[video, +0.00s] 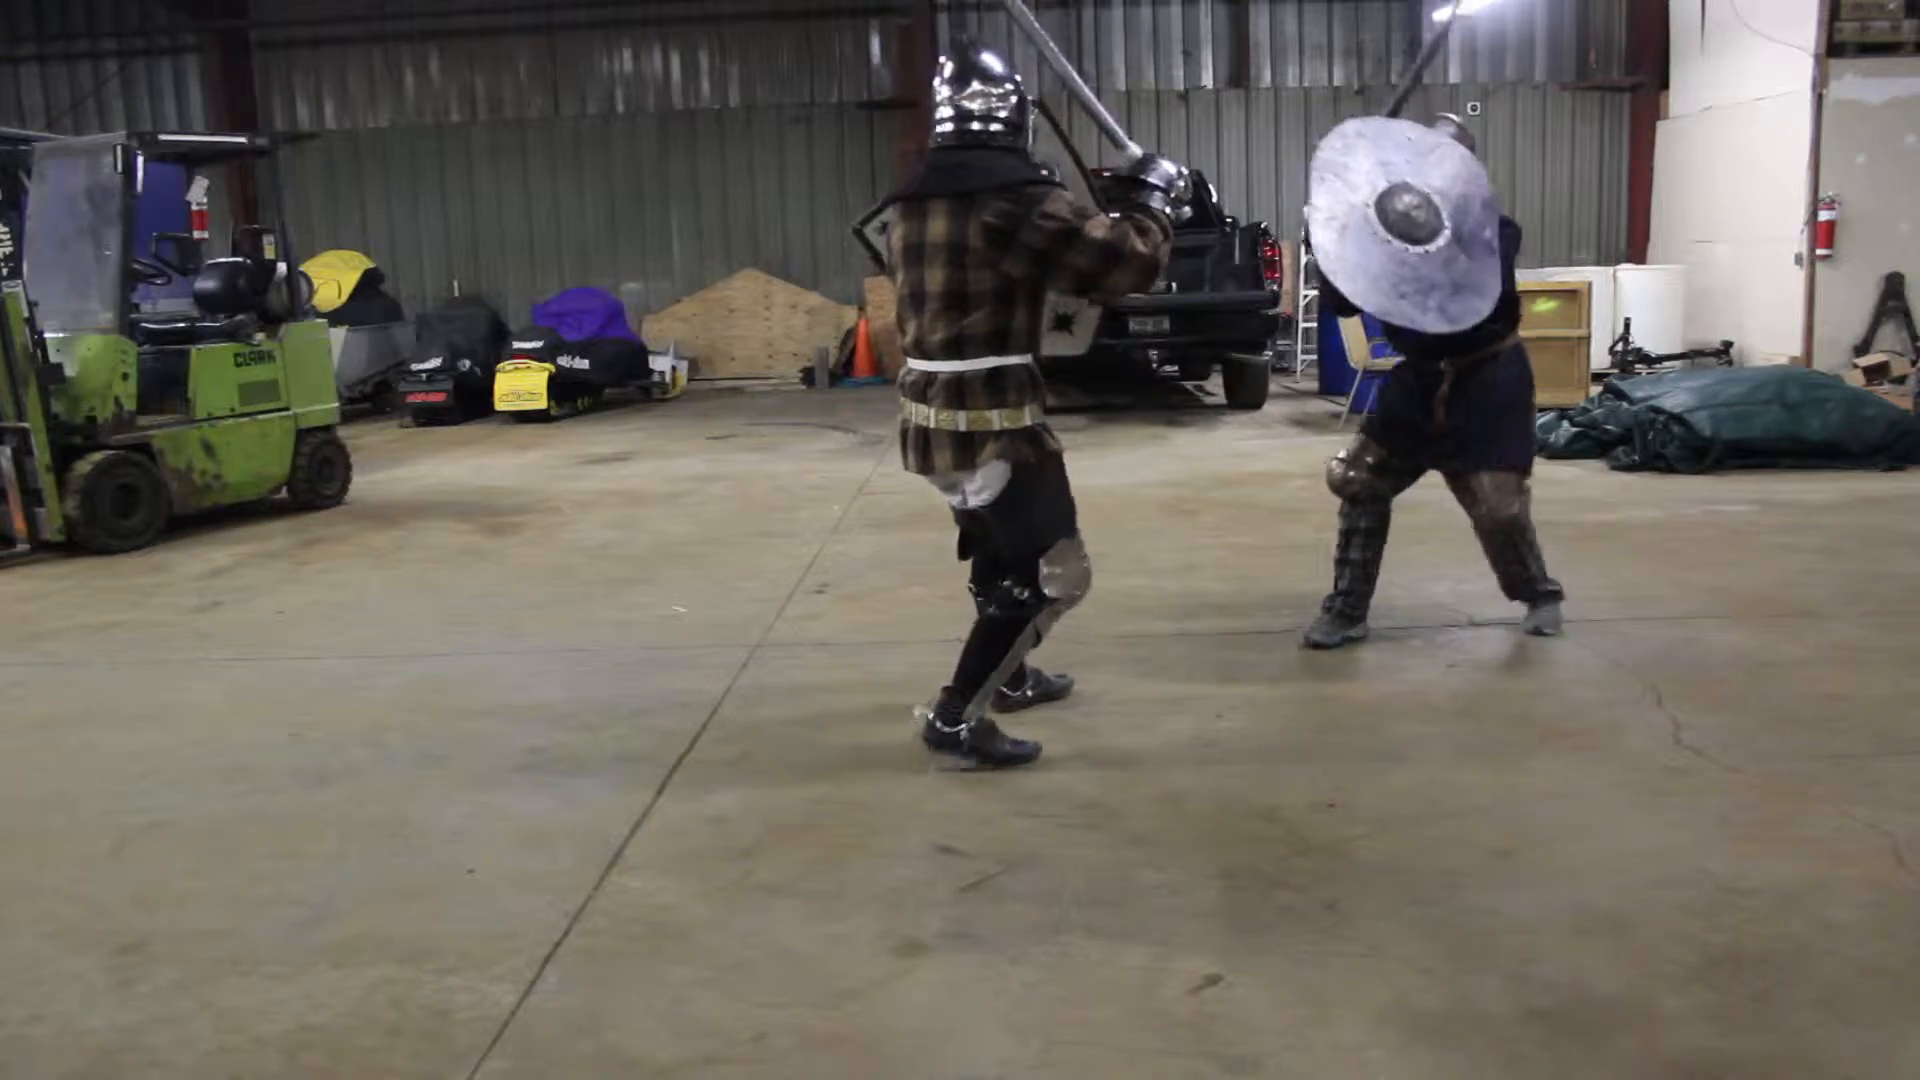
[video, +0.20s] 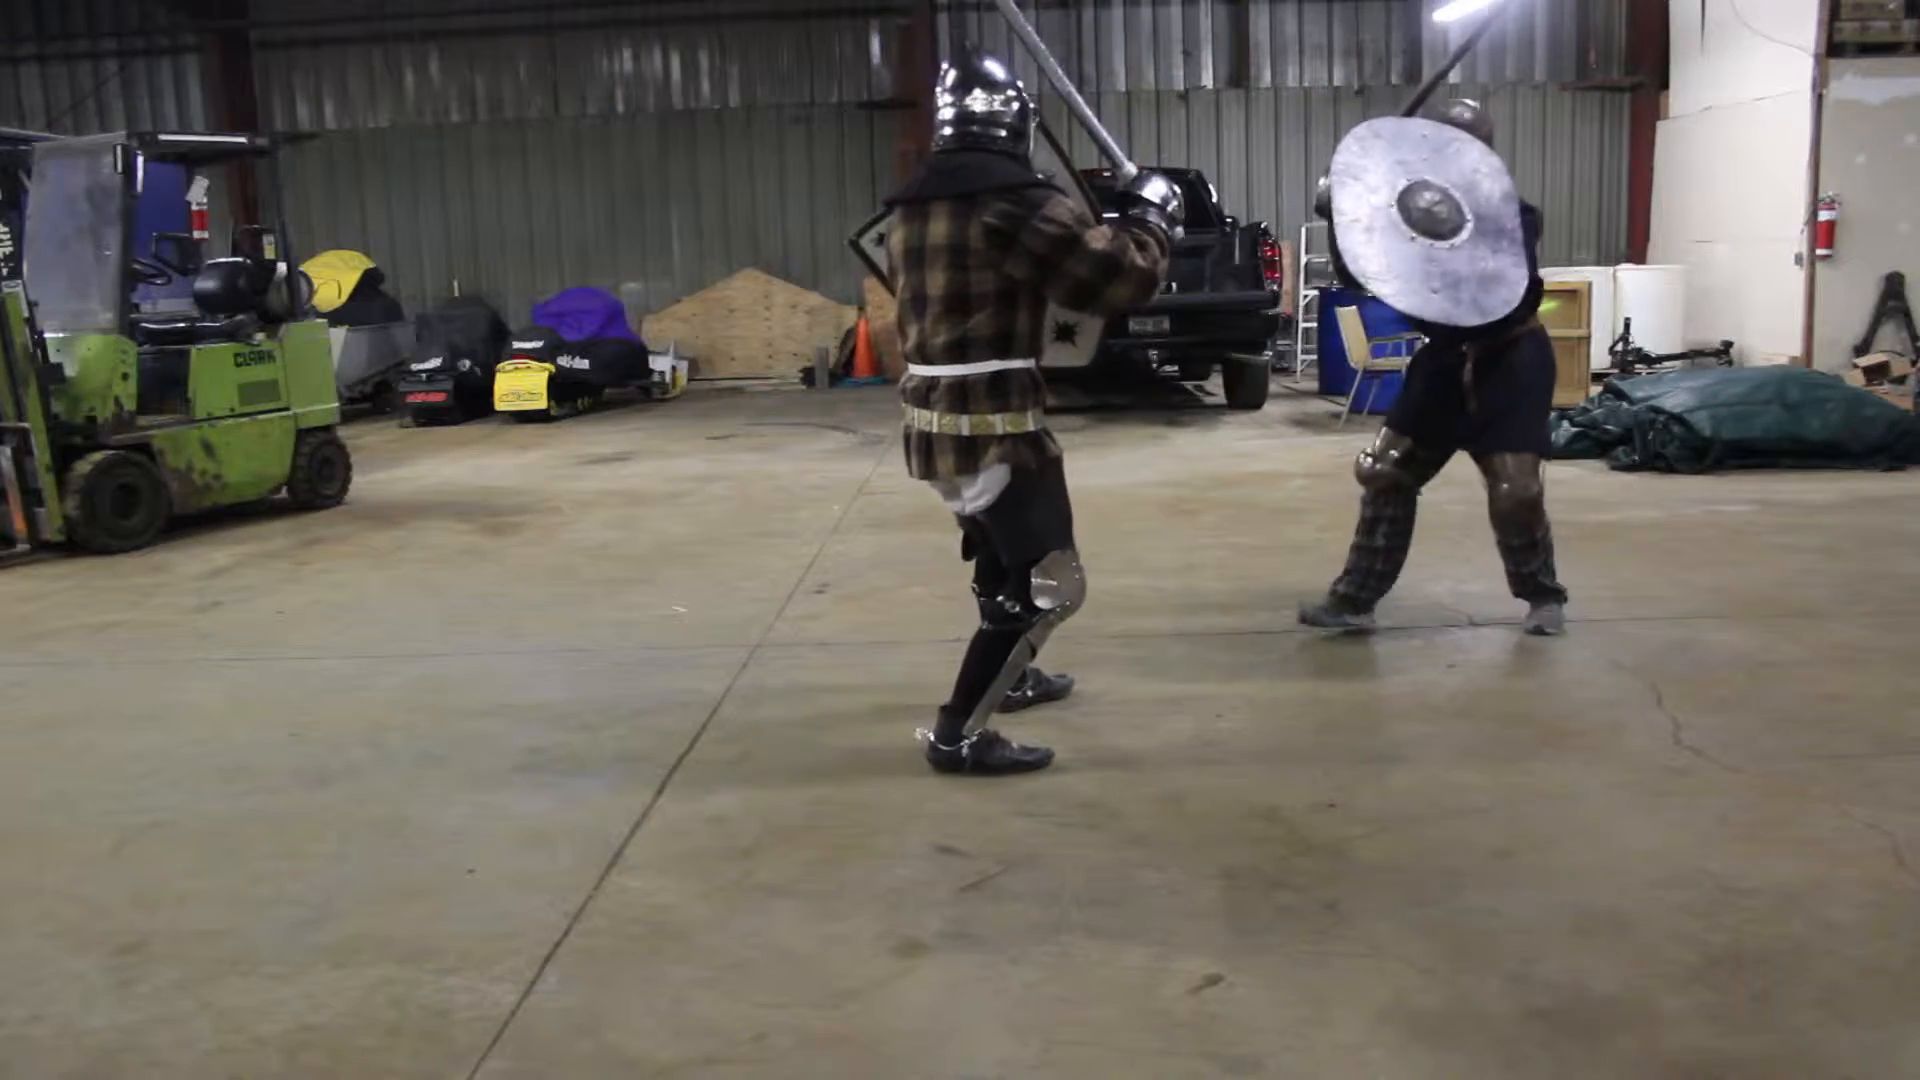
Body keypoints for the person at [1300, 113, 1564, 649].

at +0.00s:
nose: (1441, 175)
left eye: (1453, 164)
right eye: (1431, 164)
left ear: (1471, 171)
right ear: (1412, 173)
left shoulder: (1492, 231)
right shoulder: (1385, 239)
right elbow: (1339, 300)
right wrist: (1333, 232)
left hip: (1491, 369)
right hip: (1419, 372)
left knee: (1495, 498)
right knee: (1362, 478)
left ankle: (1541, 598)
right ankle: (1347, 610)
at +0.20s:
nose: (1452, 155)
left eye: (1464, 142)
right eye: (1443, 141)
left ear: (1485, 148)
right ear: (1428, 146)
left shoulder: (1512, 216)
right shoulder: (1417, 210)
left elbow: (1517, 303)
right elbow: (1356, 277)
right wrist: (1342, 215)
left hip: (1512, 351)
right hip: (1443, 352)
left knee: (1515, 491)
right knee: (1387, 472)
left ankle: (1545, 599)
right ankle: (1354, 600)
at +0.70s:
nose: (1403, 149)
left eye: (1416, 137)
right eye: (1392, 136)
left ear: (1436, 143)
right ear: (1377, 139)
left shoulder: (1457, 204)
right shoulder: (1363, 201)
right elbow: (1311, 272)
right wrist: (1292, 224)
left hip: (1456, 342)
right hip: (1387, 341)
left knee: (1470, 472)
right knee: (1347, 466)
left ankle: (1524, 591)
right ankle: (1376, 588)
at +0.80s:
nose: (1401, 146)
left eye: (1413, 136)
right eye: (1392, 135)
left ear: (1427, 142)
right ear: (1374, 138)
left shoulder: (1446, 202)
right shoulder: (1349, 198)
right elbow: (1303, 282)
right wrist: (1286, 227)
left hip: (1448, 336)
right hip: (1380, 337)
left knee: (1460, 465)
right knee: (1344, 469)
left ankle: (1500, 585)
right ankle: (1375, 586)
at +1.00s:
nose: (1383, 157)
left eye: (1396, 146)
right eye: (1373, 147)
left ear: (1412, 149)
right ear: (1355, 152)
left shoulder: (1434, 199)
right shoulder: (1333, 201)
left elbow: (1459, 267)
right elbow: (1298, 291)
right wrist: (1281, 238)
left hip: (1445, 332)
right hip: (1378, 342)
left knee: (1457, 466)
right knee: (1340, 472)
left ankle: (1489, 597)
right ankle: (1376, 587)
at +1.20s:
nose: (1387, 162)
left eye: (1402, 146)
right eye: (1377, 148)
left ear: (1419, 155)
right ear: (1358, 160)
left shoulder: (1447, 211)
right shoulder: (1339, 219)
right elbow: (1300, 282)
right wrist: (1287, 223)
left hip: (1455, 339)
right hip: (1388, 348)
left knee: (1460, 474)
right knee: (1348, 476)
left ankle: (1493, 607)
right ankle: (1377, 587)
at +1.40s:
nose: (1419, 153)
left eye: (1429, 141)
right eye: (1407, 141)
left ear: (1447, 145)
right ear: (1391, 144)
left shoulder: (1471, 208)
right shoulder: (1373, 207)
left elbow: (1453, 279)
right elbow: (1314, 264)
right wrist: (1292, 196)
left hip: (1468, 341)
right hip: (1401, 347)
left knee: (1462, 473)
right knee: (1350, 469)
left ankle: (1492, 610)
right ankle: (1376, 585)